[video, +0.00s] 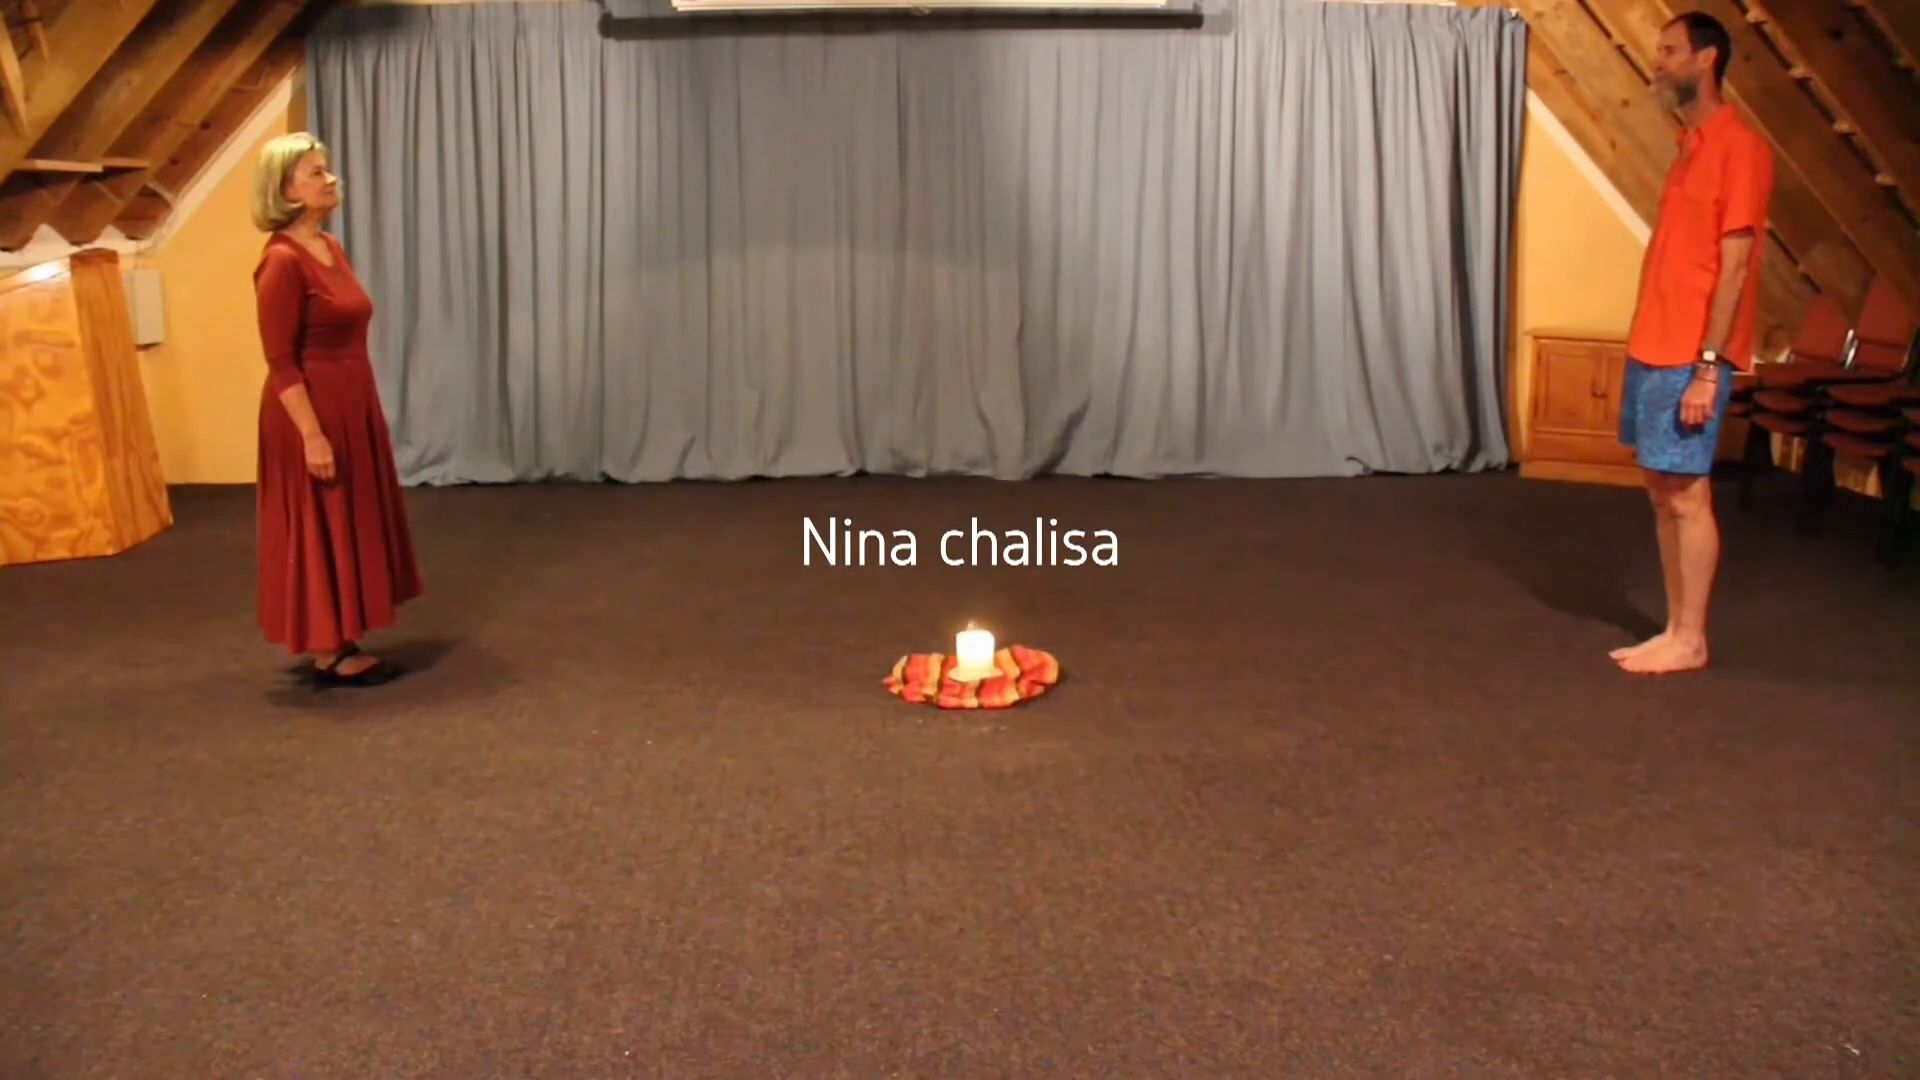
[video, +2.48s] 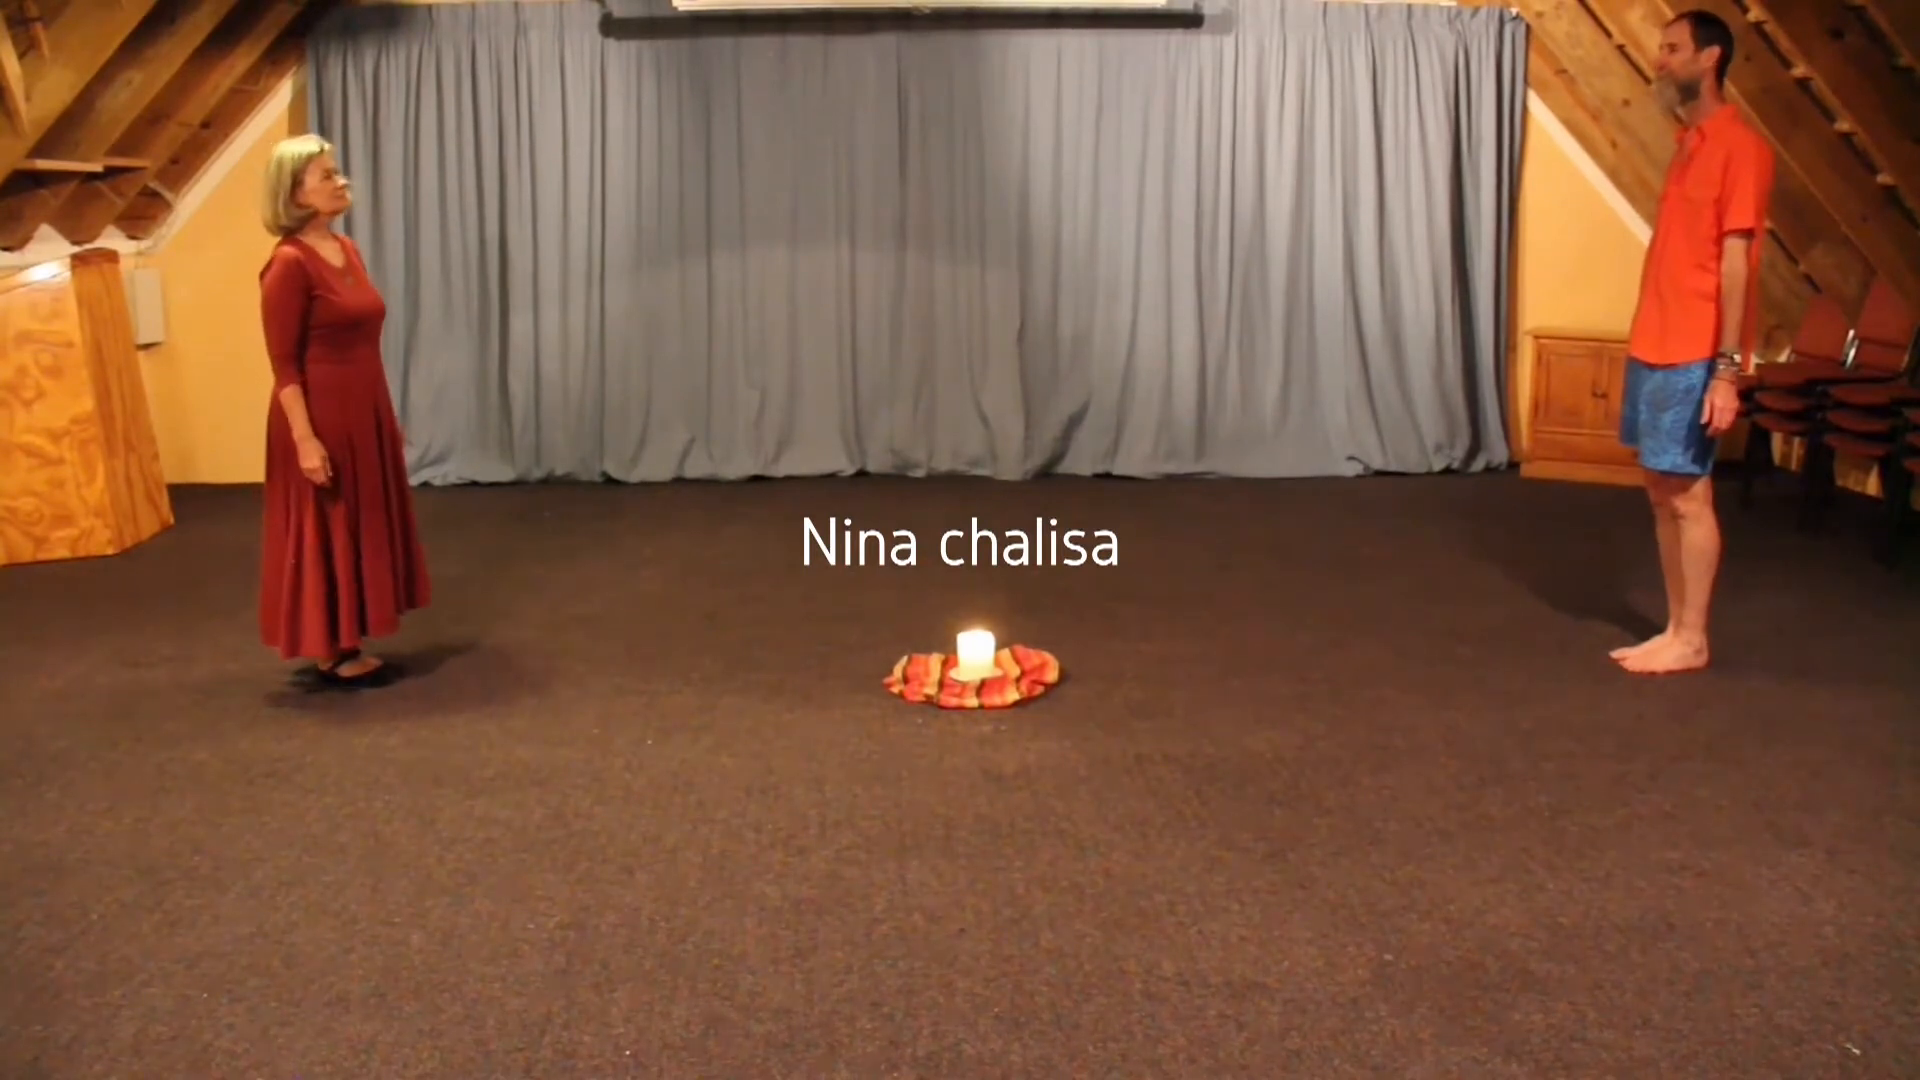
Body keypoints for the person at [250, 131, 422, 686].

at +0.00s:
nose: (331, 179)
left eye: (328, 170)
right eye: (317, 173)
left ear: (323, 182)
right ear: (287, 189)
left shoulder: (329, 246)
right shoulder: (281, 261)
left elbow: (341, 340)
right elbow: (280, 361)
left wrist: (361, 407)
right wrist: (312, 434)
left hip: (349, 401)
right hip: (312, 408)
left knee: (345, 519)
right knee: (318, 524)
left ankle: (340, 641)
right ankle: (326, 647)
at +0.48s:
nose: (333, 182)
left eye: (331, 172)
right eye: (320, 175)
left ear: (323, 183)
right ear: (289, 189)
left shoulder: (327, 248)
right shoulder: (278, 259)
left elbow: (340, 344)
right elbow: (275, 359)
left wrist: (363, 410)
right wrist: (304, 432)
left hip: (343, 402)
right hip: (305, 408)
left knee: (340, 519)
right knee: (314, 524)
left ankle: (337, 642)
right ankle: (325, 648)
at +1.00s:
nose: (331, 184)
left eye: (328, 174)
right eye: (318, 175)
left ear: (320, 184)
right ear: (286, 188)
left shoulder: (324, 250)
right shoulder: (275, 260)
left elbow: (338, 345)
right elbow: (271, 360)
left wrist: (361, 412)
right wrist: (302, 434)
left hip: (340, 404)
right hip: (302, 410)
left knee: (340, 520)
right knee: (311, 525)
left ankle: (339, 641)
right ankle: (323, 648)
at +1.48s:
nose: (330, 185)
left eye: (327, 175)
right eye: (317, 178)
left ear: (318, 186)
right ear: (287, 191)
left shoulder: (325, 250)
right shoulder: (275, 263)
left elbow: (339, 344)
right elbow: (275, 364)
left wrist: (361, 410)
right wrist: (307, 437)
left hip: (345, 403)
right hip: (307, 410)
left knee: (342, 520)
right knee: (315, 524)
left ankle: (339, 642)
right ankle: (324, 648)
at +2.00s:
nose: (334, 186)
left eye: (331, 176)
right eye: (321, 180)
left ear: (320, 188)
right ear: (291, 193)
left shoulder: (333, 249)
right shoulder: (280, 264)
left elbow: (345, 343)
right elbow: (279, 364)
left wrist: (366, 411)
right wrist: (307, 437)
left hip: (352, 406)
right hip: (312, 414)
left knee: (348, 522)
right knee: (319, 527)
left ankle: (341, 642)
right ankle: (326, 648)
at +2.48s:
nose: (341, 182)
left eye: (338, 173)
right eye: (327, 176)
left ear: (332, 185)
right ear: (297, 193)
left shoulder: (345, 249)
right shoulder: (287, 262)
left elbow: (363, 347)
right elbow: (283, 363)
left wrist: (386, 418)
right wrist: (304, 438)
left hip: (362, 406)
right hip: (320, 413)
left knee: (354, 521)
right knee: (324, 525)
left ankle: (343, 644)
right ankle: (329, 648)